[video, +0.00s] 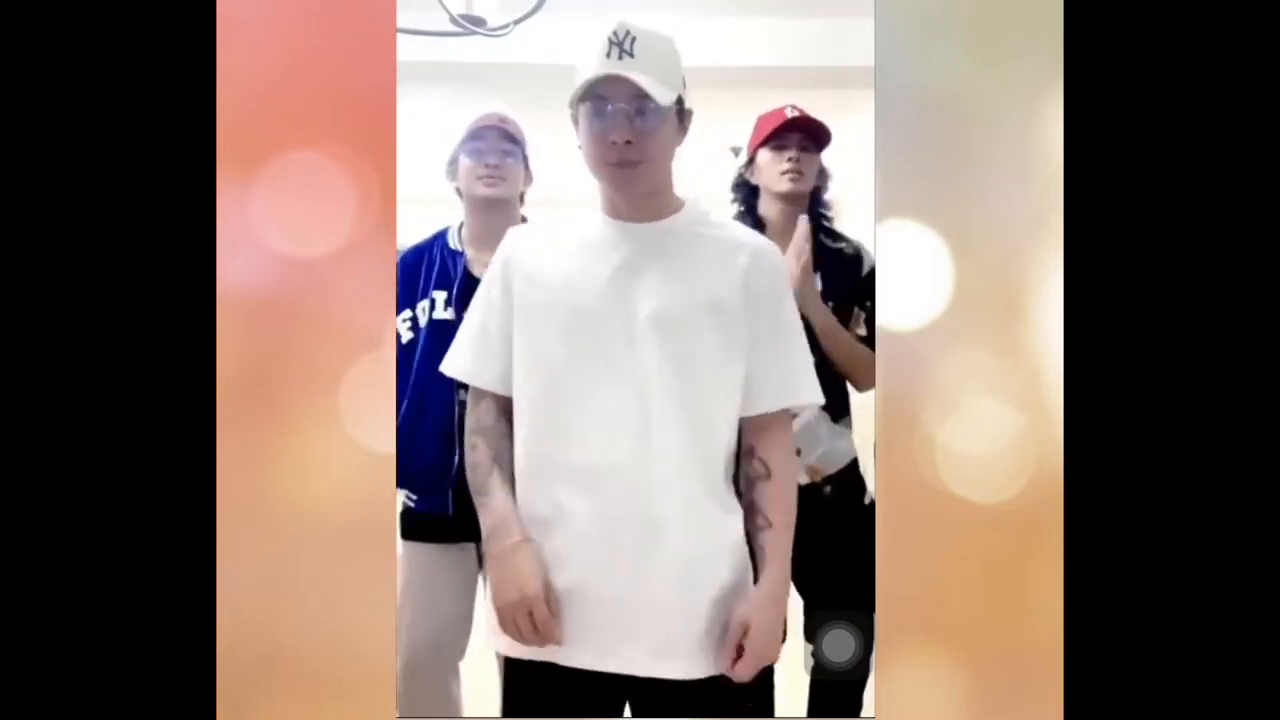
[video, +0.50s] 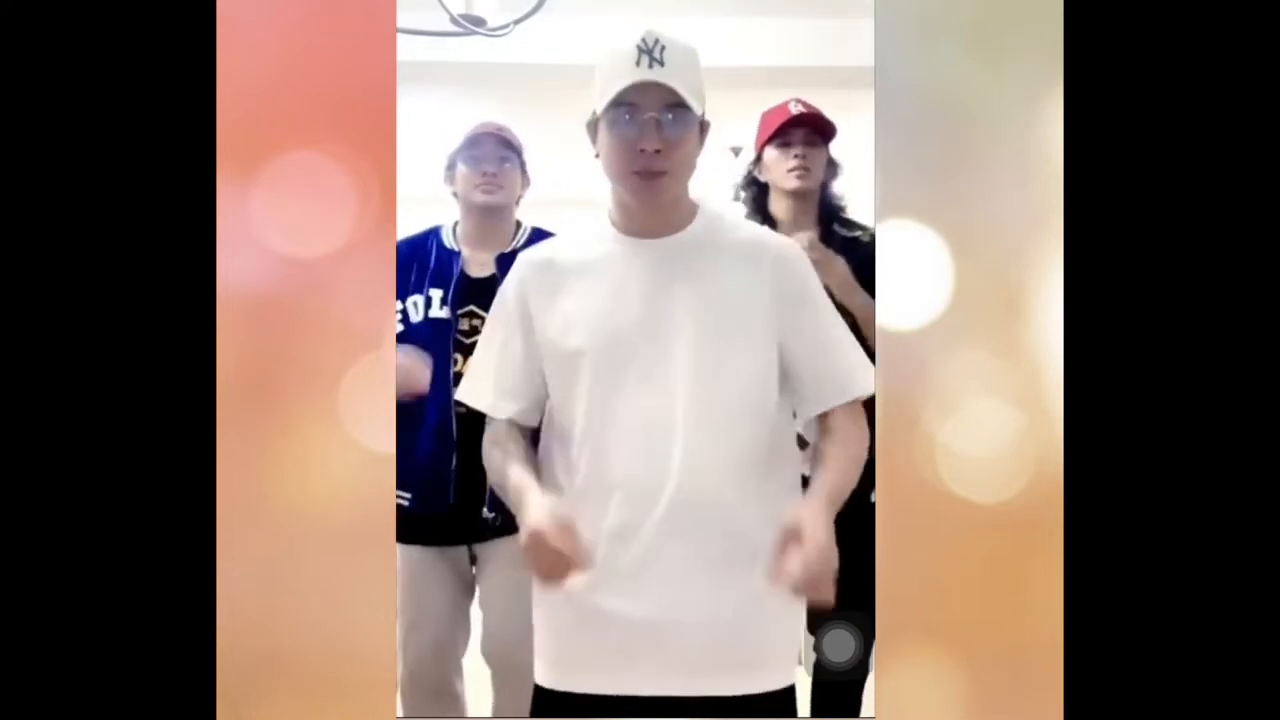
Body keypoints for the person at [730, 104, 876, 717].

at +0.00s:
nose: (795, 158)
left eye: (808, 150)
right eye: (780, 148)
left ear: (820, 170)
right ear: (750, 165)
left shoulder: (847, 258)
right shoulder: (722, 251)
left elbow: (865, 374)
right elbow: (712, 361)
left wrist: (809, 302)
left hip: (829, 472)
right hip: (740, 471)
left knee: (843, 648)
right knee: (743, 642)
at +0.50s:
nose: (800, 156)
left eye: (813, 146)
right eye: (785, 145)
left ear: (829, 161)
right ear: (759, 162)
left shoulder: (866, 248)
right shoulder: (733, 249)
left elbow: (894, 351)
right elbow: (711, 351)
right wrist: (770, 277)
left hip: (850, 460)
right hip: (755, 459)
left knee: (843, 643)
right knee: (758, 633)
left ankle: (834, 716)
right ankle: (770, 712)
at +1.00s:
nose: (806, 166)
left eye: (821, 153)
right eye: (792, 152)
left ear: (839, 166)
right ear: (765, 162)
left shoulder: (867, 251)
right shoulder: (736, 245)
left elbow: (893, 357)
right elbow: (713, 357)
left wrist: (862, 421)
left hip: (849, 476)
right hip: (759, 473)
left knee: (844, 645)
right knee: (755, 641)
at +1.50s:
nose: (779, 164)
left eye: (793, 152)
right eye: (765, 153)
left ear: (813, 166)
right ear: (742, 167)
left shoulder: (855, 251)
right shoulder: (719, 249)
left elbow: (884, 353)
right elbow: (701, 354)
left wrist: (860, 409)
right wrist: (760, 411)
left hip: (843, 473)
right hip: (753, 473)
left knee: (849, 647)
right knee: (756, 641)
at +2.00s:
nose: (862, 169)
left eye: (874, 156)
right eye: (846, 157)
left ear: (890, 169)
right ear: (816, 175)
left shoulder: (904, 265)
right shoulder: (779, 255)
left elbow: (916, 381)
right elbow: (747, 360)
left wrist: (871, 451)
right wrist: (789, 437)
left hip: (857, 491)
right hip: (768, 486)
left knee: (857, 661)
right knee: (758, 661)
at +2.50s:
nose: (818, 173)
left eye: (834, 160)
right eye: (812, 161)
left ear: (869, 168)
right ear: (805, 167)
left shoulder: (893, 247)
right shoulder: (793, 247)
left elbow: (885, 331)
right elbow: (768, 365)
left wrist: (825, 255)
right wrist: (772, 265)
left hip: (862, 470)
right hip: (788, 466)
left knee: (852, 634)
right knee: (769, 625)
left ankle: (853, 717)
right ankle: (761, 714)